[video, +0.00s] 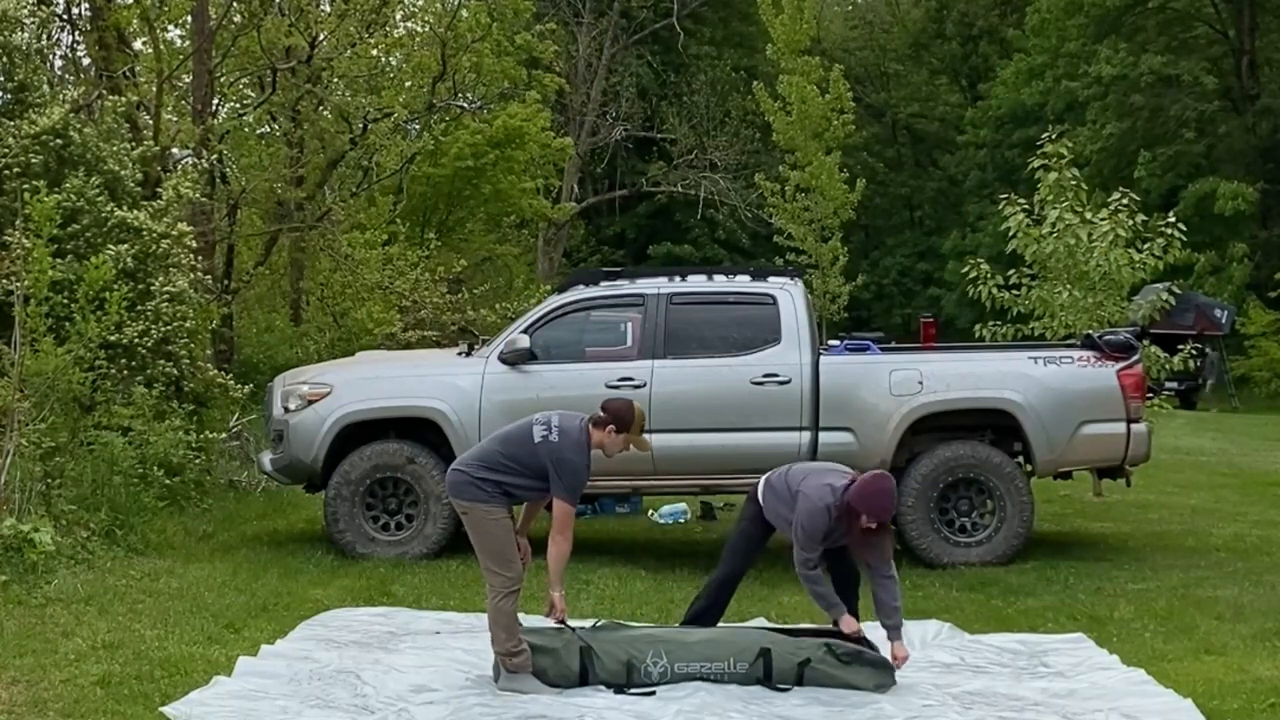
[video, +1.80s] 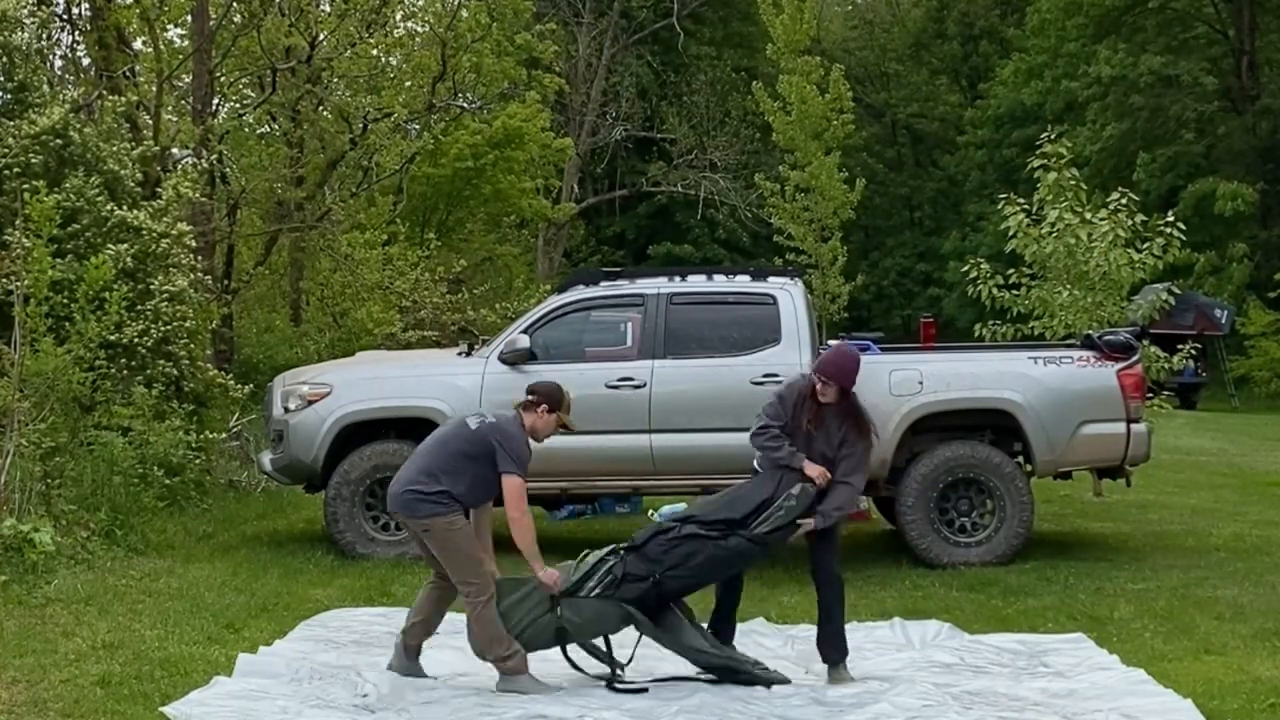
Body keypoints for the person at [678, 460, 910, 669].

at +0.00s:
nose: (870, 525)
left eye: (877, 520)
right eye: (867, 517)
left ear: (886, 515)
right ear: (856, 505)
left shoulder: (878, 515)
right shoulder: (817, 502)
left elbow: (884, 573)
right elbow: (807, 567)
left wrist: (896, 638)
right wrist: (840, 615)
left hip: (824, 511)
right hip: (770, 496)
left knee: (847, 574)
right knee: (729, 571)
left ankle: (846, 644)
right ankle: (685, 640)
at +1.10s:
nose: (894, 532)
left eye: (902, 528)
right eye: (892, 524)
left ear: (908, 524)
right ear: (880, 510)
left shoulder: (880, 514)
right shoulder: (842, 503)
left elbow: (872, 574)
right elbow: (834, 572)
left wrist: (875, 621)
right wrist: (867, 620)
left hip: (820, 510)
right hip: (770, 494)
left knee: (852, 576)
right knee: (726, 576)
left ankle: (841, 662)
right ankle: (686, 638)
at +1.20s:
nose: (892, 510)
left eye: (897, 505)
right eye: (890, 503)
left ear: (899, 499)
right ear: (874, 489)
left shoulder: (873, 500)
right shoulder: (832, 483)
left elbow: (863, 555)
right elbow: (822, 550)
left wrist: (864, 590)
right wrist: (860, 587)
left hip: (805, 509)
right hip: (759, 490)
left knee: (839, 582)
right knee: (719, 576)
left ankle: (840, 669)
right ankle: (685, 650)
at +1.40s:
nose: (877, 470)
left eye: (883, 464)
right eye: (875, 461)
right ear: (860, 450)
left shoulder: (856, 464)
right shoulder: (820, 448)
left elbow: (838, 514)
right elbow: (808, 508)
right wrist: (845, 546)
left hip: (789, 496)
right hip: (746, 482)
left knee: (823, 568)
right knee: (712, 570)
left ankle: (839, 665)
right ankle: (667, 657)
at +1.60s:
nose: (850, 443)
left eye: (859, 440)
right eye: (848, 434)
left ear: (867, 440)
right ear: (838, 421)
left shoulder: (854, 459)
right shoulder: (805, 431)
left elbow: (836, 500)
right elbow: (779, 487)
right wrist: (826, 511)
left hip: (791, 499)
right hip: (744, 484)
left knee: (818, 571)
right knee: (714, 566)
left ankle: (838, 659)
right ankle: (689, 649)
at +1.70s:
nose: (836, 409)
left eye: (845, 406)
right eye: (834, 401)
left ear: (858, 408)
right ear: (829, 393)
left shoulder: (858, 435)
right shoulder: (805, 410)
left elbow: (850, 489)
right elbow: (767, 458)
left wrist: (827, 528)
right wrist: (810, 484)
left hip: (813, 503)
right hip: (766, 491)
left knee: (833, 578)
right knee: (730, 568)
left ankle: (839, 665)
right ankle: (681, 647)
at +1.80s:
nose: (819, 386)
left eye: (827, 383)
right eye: (817, 378)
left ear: (845, 387)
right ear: (813, 373)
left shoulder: (855, 425)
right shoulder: (795, 391)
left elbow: (850, 483)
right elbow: (762, 434)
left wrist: (820, 518)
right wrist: (803, 463)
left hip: (821, 500)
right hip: (773, 487)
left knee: (827, 572)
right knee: (732, 557)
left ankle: (836, 662)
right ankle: (719, 645)